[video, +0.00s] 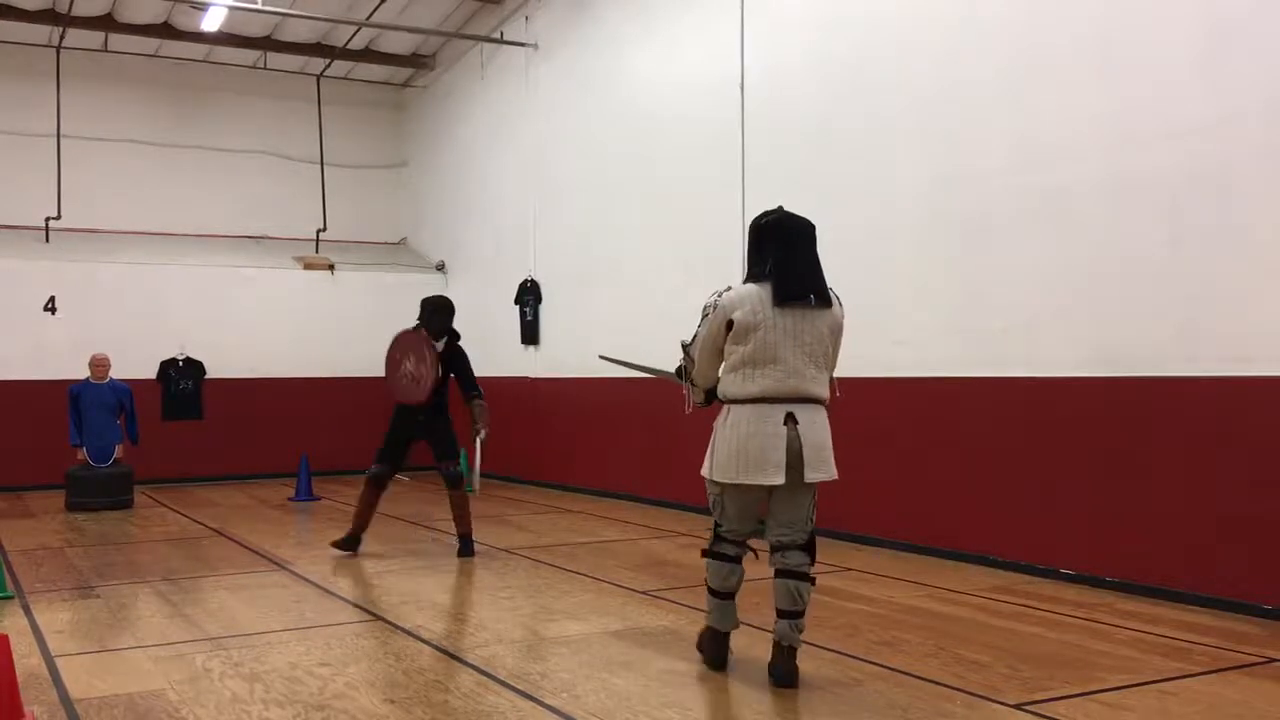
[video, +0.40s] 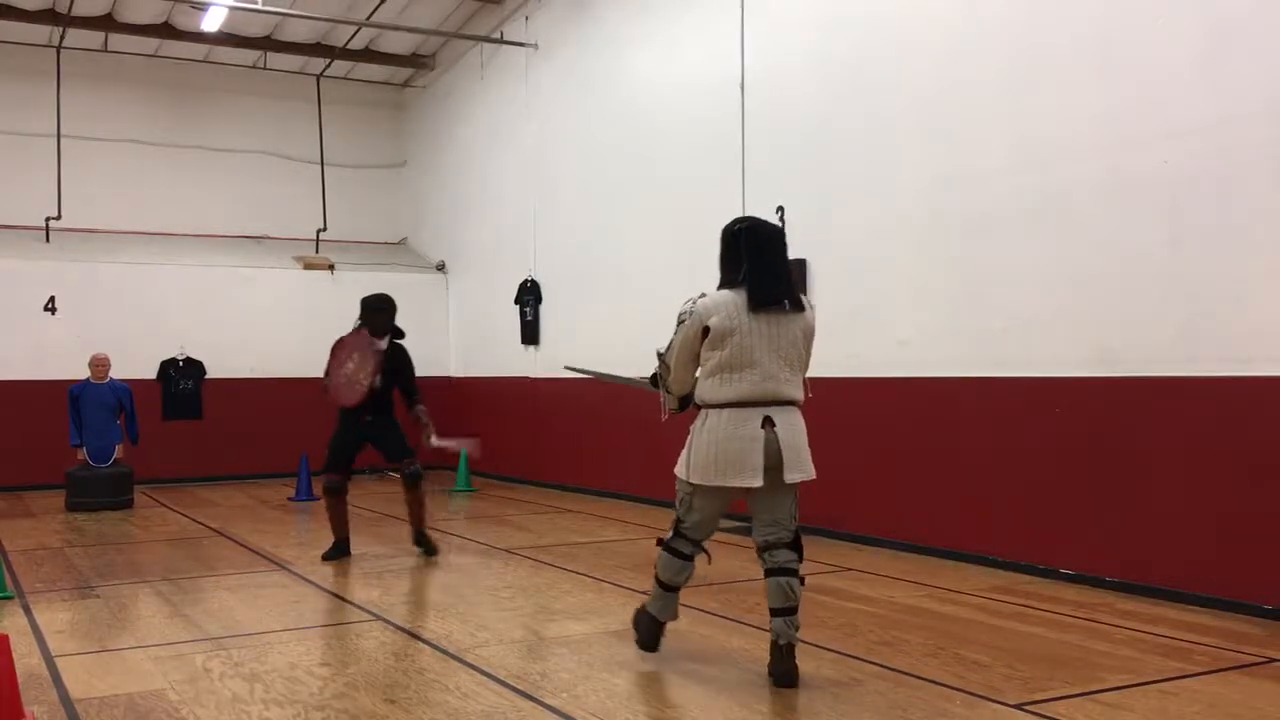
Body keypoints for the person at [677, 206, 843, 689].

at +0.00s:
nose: (751, 258)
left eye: (753, 250)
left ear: (758, 252)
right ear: (808, 252)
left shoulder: (736, 302)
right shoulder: (830, 309)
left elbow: (702, 370)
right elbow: (824, 374)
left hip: (743, 435)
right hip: (807, 436)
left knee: (729, 537)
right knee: (793, 544)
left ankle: (717, 639)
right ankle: (785, 656)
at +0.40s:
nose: (721, 263)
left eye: (724, 255)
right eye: (724, 255)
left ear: (731, 258)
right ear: (778, 257)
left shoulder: (711, 308)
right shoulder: (802, 312)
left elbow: (678, 381)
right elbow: (795, 374)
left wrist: (685, 327)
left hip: (720, 436)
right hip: (784, 436)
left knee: (688, 534)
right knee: (779, 542)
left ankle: (652, 622)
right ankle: (784, 655)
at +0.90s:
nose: (637, 269)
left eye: (638, 261)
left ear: (644, 263)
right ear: (691, 260)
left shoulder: (628, 312)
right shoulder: (717, 310)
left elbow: (605, 386)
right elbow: (719, 371)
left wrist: (609, 405)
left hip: (651, 430)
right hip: (711, 426)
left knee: (645, 535)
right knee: (722, 527)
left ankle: (634, 633)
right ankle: (751, 623)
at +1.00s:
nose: (629, 267)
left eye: (631, 260)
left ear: (635, 262)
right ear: (682, 259)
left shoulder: (620, 310)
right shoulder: (708, 309)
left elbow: (596, 381)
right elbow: (714, 370)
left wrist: (603, 398)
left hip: (644, 427)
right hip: (705, 425)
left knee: (641, 533)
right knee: (708, 527)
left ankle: (634, 633)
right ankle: (726, 618)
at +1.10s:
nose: (622, 266)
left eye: (625, 258)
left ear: (631, 260)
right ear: (677, 259)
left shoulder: (616, 308)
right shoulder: (703, 309)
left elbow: (591, 378)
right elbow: (709, 369)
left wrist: (599, 390)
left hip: (639, 426)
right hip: (700, 424)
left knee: (638, 533)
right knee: (692, 527)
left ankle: (634, 634)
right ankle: (699, 628)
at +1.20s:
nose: (620, 266)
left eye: (623, 258)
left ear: (629, 260)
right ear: (676, 258)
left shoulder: (613, 307)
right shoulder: (702, 307)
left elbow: (589, 377)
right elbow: (709, 367)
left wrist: (604, 378)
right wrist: (673, 373)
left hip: (636, 427)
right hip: (696, 425)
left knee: (635, 532)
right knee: (681, 530)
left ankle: (634, 633)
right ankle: (674, 635)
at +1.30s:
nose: (623, 265)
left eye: (626, 257)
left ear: (630, 260)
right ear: (677, 258)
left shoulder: (613, 306)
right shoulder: (703, 307)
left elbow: (588, 370)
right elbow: (711, 362)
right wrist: (672, 360)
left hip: (631, 427)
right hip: (690, 426)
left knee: (632, 530)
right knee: (676, 529)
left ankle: (633, 633)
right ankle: (668, 635)